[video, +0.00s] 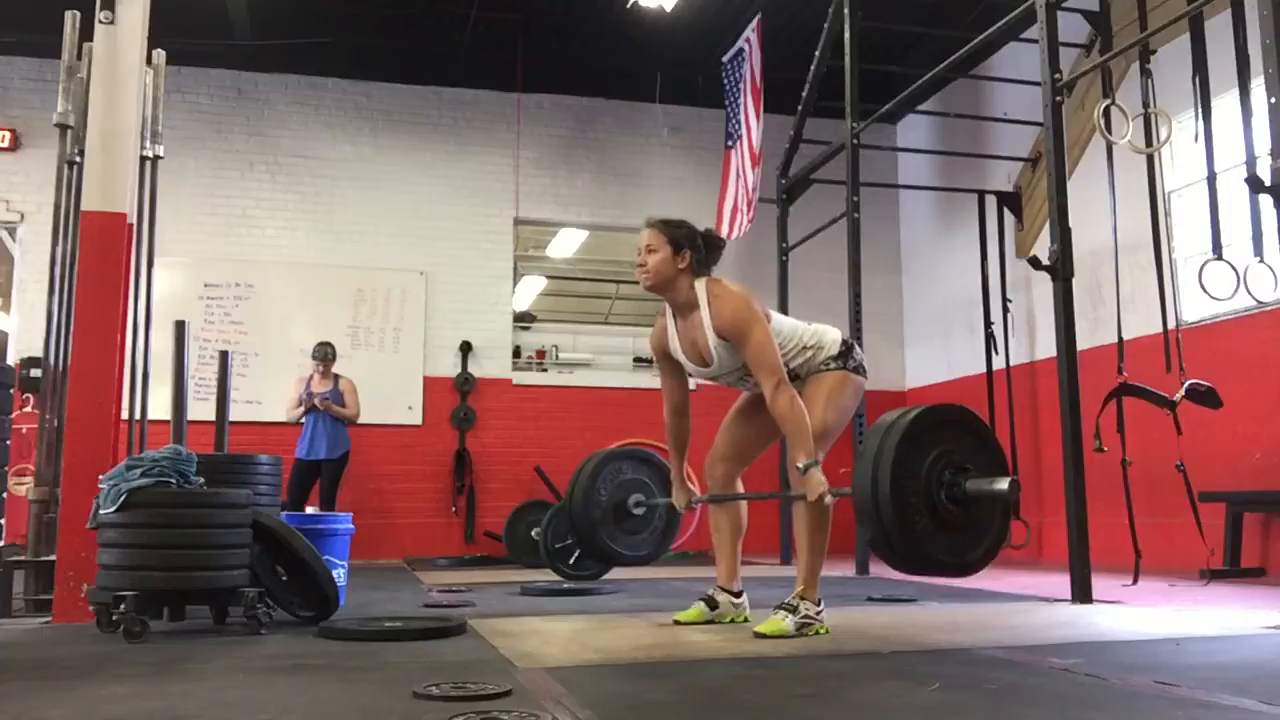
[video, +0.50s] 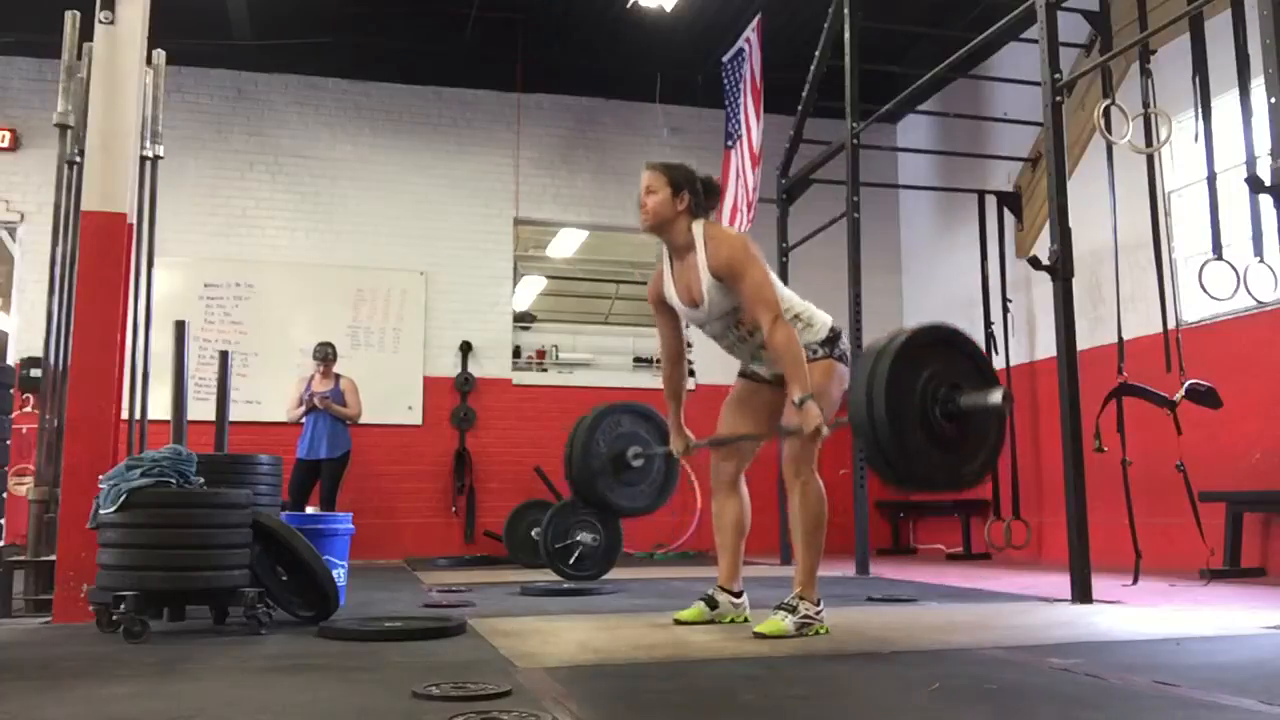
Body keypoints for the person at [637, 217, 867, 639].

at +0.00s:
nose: (640, 261)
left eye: (650, 251)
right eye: (639, 253)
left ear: (683, 258)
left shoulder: (729, 305)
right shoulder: (663, 336)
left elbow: (778, 387)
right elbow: (676, 412)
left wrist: (807, 464)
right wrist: (677, 475)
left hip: (834, 363)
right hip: (780, 377)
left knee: (804, 466)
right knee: (720, 467)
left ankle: (807, 602)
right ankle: (728, 595)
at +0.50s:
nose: (641, 203)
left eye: (651, 193)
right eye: (641, 194)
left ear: (681, 200)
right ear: (664, 204)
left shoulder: (726, 247)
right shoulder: (661, 285)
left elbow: (774, 323)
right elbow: (672, 358)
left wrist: (802, 398)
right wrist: (676, 423)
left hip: (814, 347)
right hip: (761, 361)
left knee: (796, 466)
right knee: (724, 468)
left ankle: (806, 601)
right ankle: (728, 594)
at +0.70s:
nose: (683, 151)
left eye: (695, 144)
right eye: (685, 145)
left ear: (723, 159)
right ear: (697, 163)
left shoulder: (746, 206)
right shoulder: (683, 238)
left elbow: (777, 278)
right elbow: (675, 315)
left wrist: (791, 354)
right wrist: (665, 385)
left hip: (783, 360)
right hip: (732, 372)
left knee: (760, 461)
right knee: (685, 471)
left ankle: (801, 599)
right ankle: (726, 594)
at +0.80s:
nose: (733, 138)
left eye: (746, 133)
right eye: (736, 133)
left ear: (772, 151)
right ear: (739, 154)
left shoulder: (783, 199)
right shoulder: (717, 224)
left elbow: (792, 262)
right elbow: (686, 294)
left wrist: (780, 331)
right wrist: (656, 361)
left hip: (776, 355)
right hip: (726, 362)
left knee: (752, 459)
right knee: (680, 469)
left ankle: (798, 597)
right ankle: (723, 591)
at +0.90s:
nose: (766, 123)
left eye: (781, 119)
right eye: (768, 118)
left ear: (802, 141)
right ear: (763, 139)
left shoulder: (802, 178)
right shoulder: (736, 203)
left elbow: (796, 230)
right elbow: (690, 263)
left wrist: (775, 279)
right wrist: (650, 315)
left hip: (770, 323)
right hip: (719, 331)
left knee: (760, 441)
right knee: (695, 452)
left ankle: (796, 590)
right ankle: (717, 583)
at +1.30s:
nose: (724, 186)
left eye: (738, 181)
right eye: (724, 181)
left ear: (763, 203)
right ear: (722, 203)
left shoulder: (773, 254)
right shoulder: (696, 271)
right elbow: (638, 311)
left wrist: (767, 226)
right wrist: (645, 259)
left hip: (783, 397)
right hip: (726, 410)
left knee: (760, 475)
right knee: (637, 486)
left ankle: (826, 606)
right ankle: (682, 596)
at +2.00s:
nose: (731, 134)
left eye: (744, 127)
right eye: (730, 127)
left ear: (768, 146)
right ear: (726, 143)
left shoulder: (772, 196)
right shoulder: (696, 209)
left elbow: (737, 195)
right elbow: (635, 247)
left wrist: (773, 145)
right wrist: (646, 200)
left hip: (756, 342)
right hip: (705, 352)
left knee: (769, 458)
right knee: (671, 469)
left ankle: (820, 601)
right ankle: (684, 593)